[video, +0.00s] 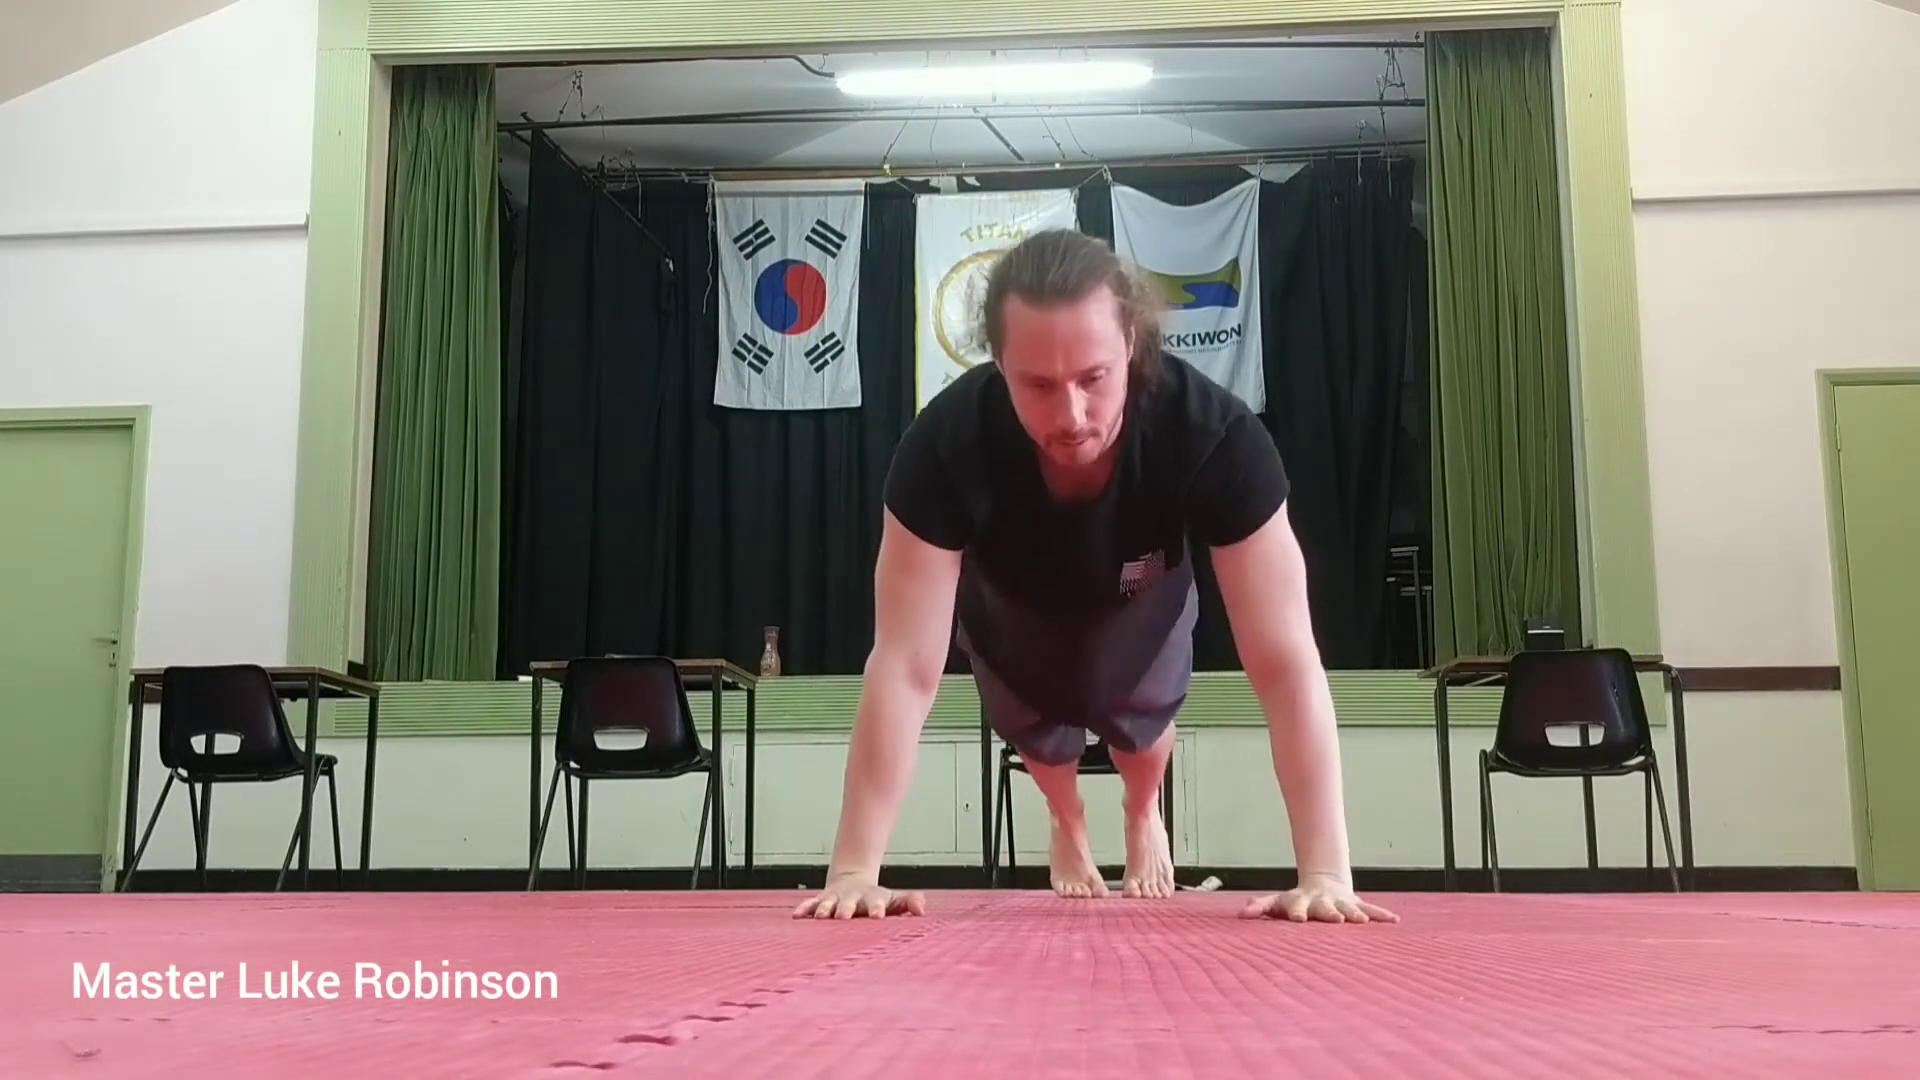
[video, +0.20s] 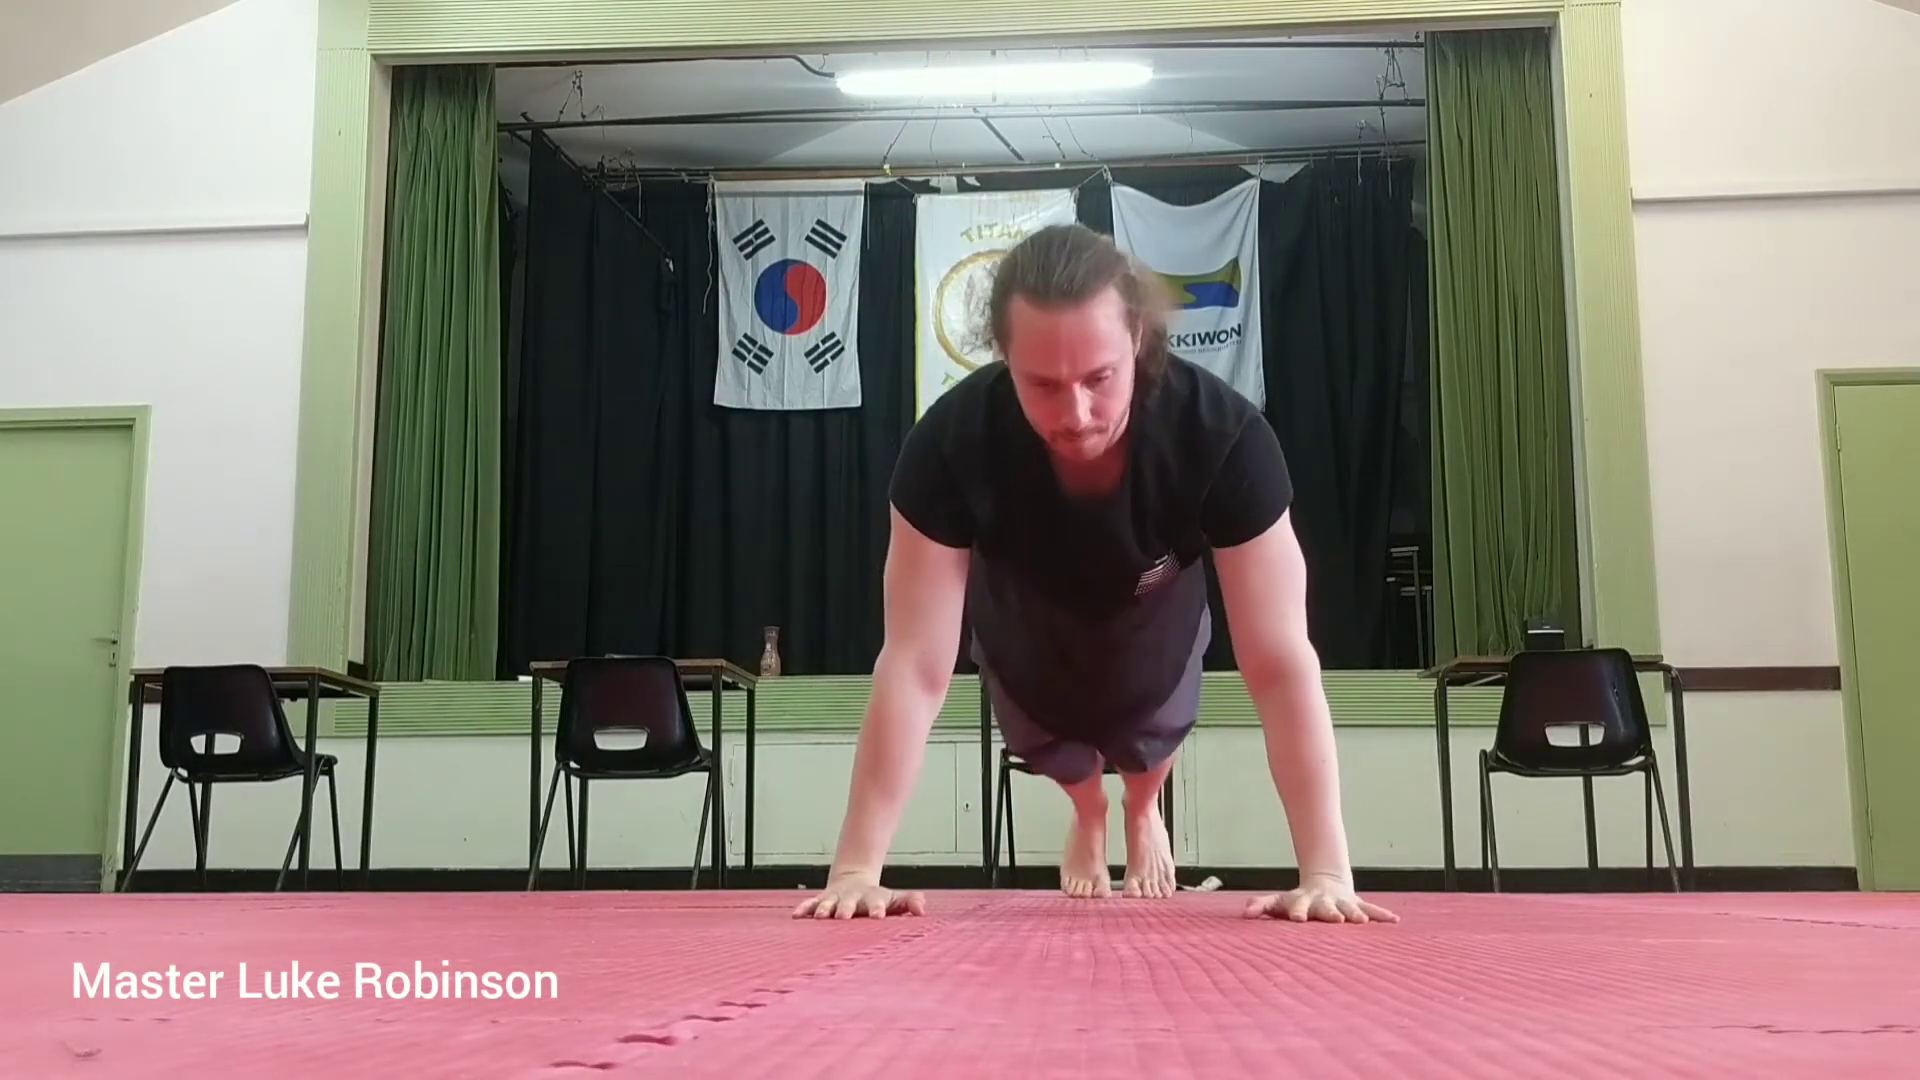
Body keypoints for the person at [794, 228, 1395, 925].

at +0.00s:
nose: (1073, 415)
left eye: (1093, 379)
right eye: (1039, 387)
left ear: (1131, 348)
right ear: (1000, 365)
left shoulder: (1215, 442)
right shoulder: (946, 450)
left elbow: (1285, 664)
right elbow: (904, 664)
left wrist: (1325, 873)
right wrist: (854, 866)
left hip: (1145, 620)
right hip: (1016, 632)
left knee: (1142, 732)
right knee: (1045, 746)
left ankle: (1142, 825)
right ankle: (1067, 831)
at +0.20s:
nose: (1077, 413)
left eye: (1100, 379)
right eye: (1044, 386)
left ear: (1138, 343)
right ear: (1006, 360)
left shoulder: (1221, 442)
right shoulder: (953, 447)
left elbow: (1281, 663)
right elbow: (914, 664)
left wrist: (1326, 872)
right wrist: (857, 864)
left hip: (1156, 640)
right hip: (1026, 648)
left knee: (1149, 745)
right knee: (1062, 754)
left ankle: (1143, 819)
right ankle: (1089, 820)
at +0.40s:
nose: (1078, 469)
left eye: (1102, 435)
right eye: (1050, 441)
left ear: (1145, 403)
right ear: (1008, 416)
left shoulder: (1226, 481)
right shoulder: (955, 492)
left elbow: (1325, 688)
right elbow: (868, 688)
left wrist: (1331, 875)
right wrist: (850, 876)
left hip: (1165, 669)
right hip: (1032, 678)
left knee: (1152, 760)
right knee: (1066, 767)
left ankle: (1144, 813)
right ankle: (1087, 817)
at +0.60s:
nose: (1076, 702)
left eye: (1101, 669)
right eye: (1048, 674)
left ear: (1149, 629)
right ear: (1003, 642)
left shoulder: (1236, 643)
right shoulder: (948, 664)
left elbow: (1375, 715)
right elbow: (808, 723)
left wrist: (1336, 875)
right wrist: (844, 875)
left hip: (1165, 789)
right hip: (1031, 802)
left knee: (1153, 820)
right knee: (1060, 836)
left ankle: (1150, 850)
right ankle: (1079, 858)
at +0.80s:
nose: (1070, 810)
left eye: (1095, 776)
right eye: (1038, 780)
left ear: (1144, 737)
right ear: (995, 745)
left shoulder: (1227, 730)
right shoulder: (937, 748)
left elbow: (1380, 702)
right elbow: (798, 713)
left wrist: (1334, 876)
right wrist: (840, 873)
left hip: (1153, 860)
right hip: (1005, 867)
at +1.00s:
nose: (1077, 750)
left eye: (1102, 714)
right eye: (1044, 716)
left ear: (1147, 680)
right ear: (999, 686)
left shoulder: (1229, 697)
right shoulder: (946, 705)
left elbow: (1380, 711)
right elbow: (800, 719)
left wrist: (1333, 875)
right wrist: (843, 872)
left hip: (1152, 844)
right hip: (1024, 858)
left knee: (1152, 872)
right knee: (1049, 887)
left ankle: (1157, 877)